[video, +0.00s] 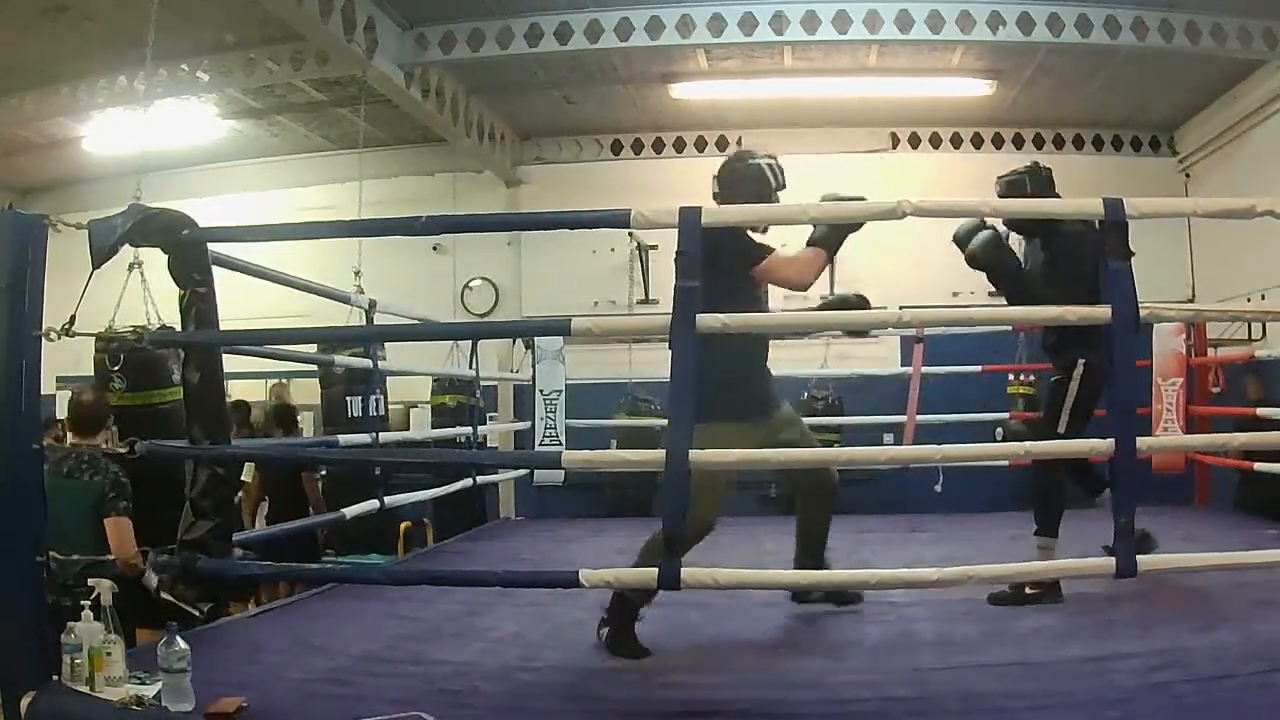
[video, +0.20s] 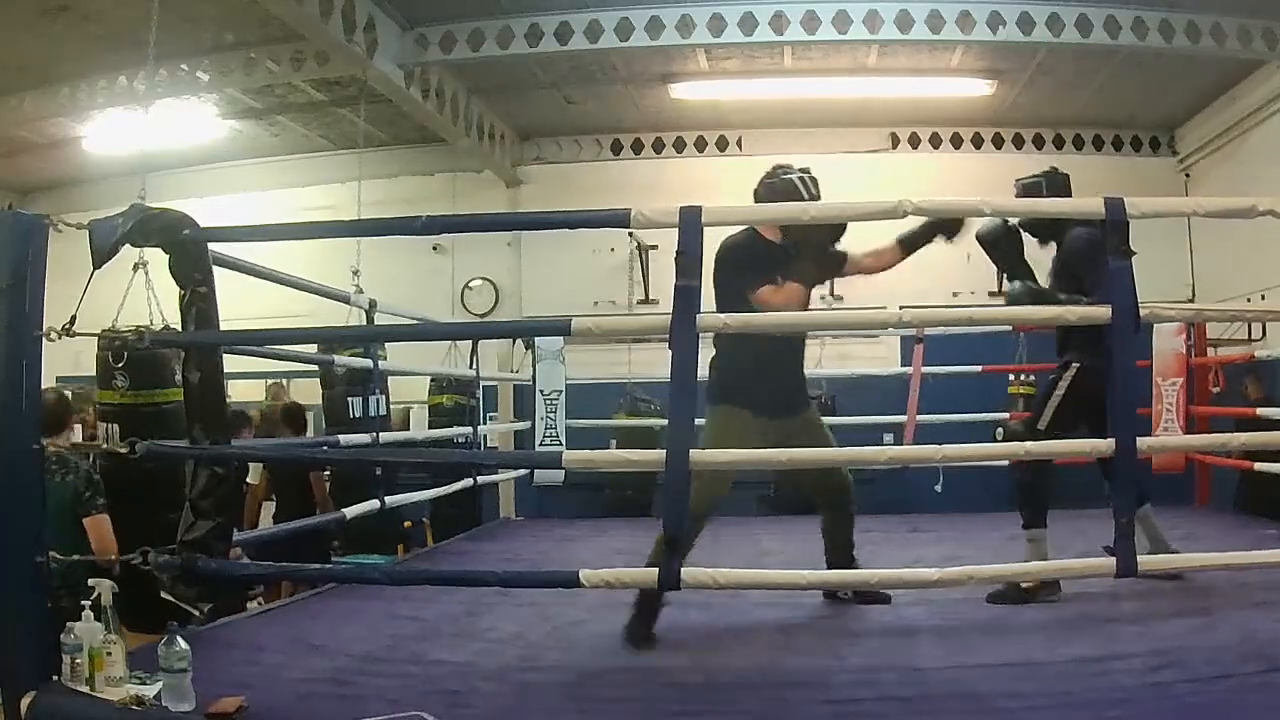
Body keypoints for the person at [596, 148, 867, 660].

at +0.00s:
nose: (770, 208)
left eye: (771, 199)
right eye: (765, 198)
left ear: (729, 192)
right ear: (745, 195)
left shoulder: (736, 241)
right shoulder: (717, 238)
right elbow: (799, 275)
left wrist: (825, 239)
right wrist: (831, 232)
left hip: (760, 401)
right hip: (715, 407)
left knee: (818, 476)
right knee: (697, 517)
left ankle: (809, 574)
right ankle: (620, 614)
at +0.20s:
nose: (802, 221)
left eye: (805, 214)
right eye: (796, 213)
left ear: (804, 214)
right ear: (771, 208)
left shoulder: (802, 253)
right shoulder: (735, 253)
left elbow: (870, 262)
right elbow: (785, 304)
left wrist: (926, 232)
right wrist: (810, 258)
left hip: (793, 406)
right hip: (737, 408)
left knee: (836, 489)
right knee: (697, 505)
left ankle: (841, 577)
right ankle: (647, 605)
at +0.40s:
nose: (834, 225)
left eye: (835, 217)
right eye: (830, 216)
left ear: (811, 216)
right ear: (807, 214)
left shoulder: (828, 268)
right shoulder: (763, 263)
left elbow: (886, 288)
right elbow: (797, 316)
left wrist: (932, 256)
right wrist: (833, 271)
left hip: (816, 407)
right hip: (762, 411)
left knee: (871, 476)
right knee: (751, 501)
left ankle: (890, 557)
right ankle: (714, 586)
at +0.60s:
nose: (871, 255)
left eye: (870, 249)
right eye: (868, 247)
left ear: (835, 242)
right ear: (856, 243)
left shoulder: (841, 298)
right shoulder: (829, 269)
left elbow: (867, 355)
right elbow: (880, 277)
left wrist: (907, 330)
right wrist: (922, 248)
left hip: (828, 410)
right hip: (798, 407)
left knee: (870, 476)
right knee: (787, 498)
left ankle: (888, 566)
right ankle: (701, 563)